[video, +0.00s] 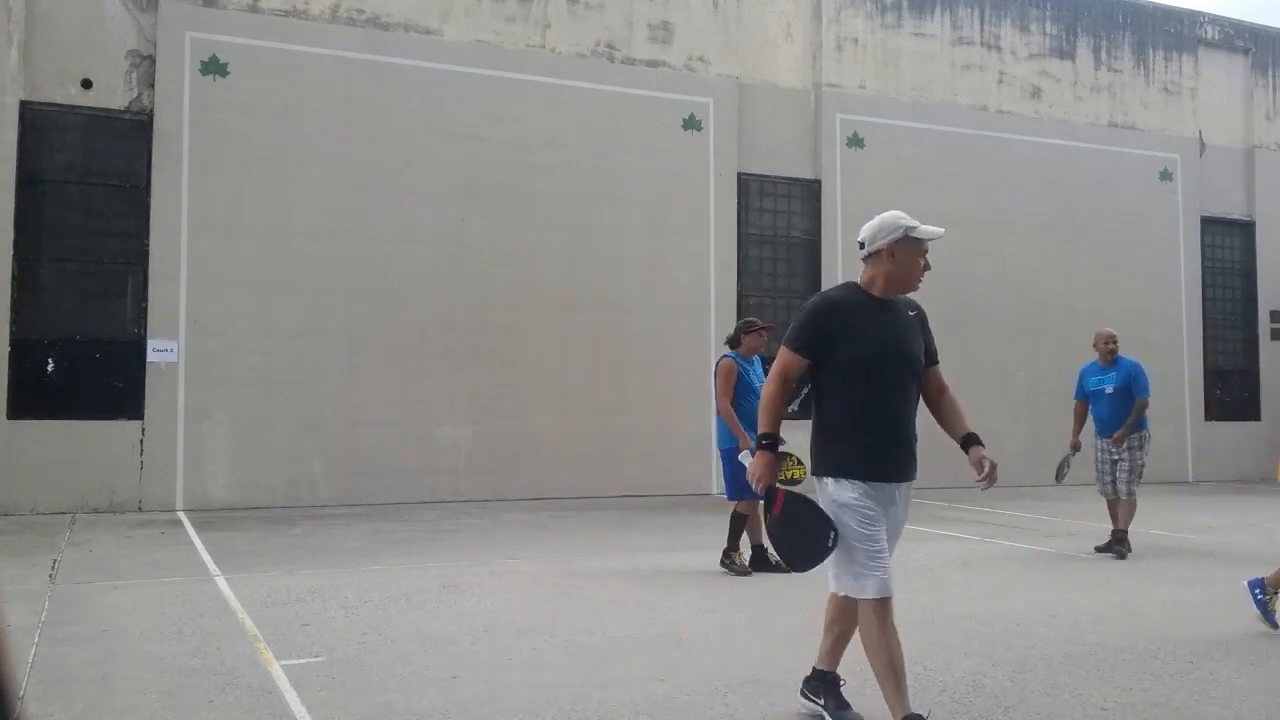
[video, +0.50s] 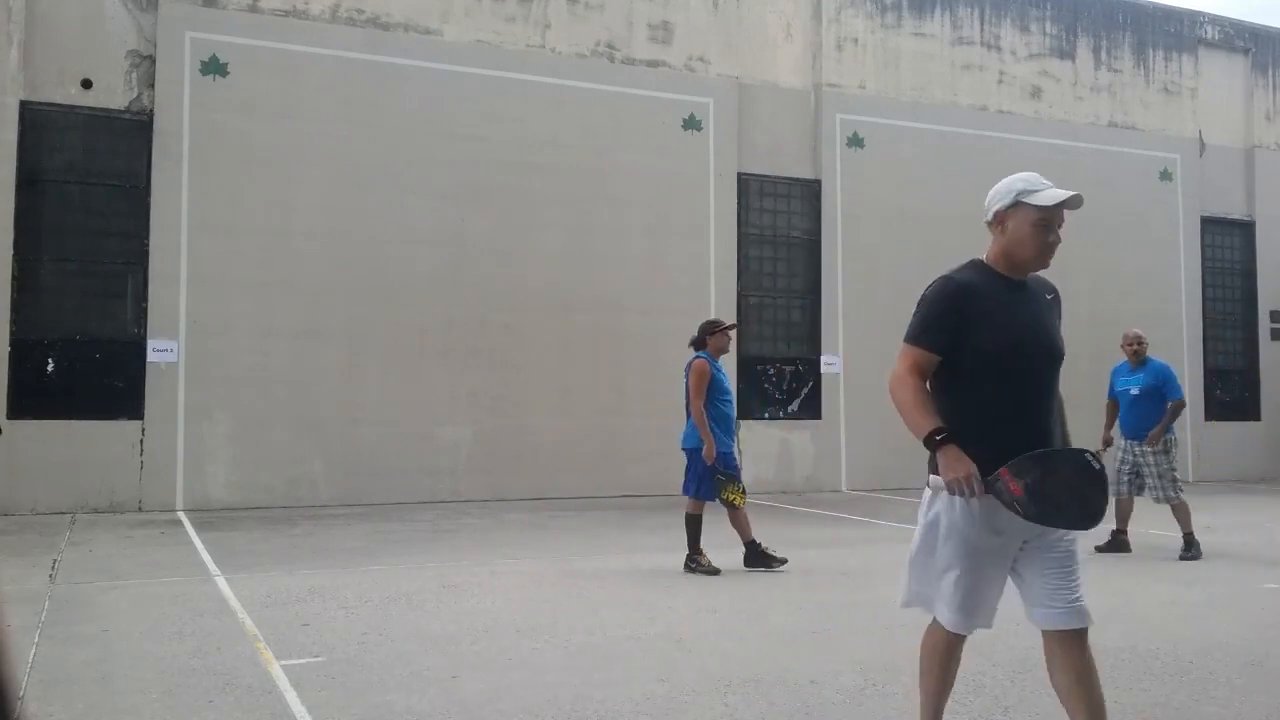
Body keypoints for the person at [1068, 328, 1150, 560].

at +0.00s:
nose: (1112, 346)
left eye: (1114, 342)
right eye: (1106, 343)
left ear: (1119, 345)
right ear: (1096, 347)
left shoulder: (1132, 369)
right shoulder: (1087, 372)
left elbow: (1142, 403)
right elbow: (1081, 405)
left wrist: (1125, 431)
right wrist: (1075, 436)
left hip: (1131, 437)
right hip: (1103, 438)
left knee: (1126, 486)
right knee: (1108, 488)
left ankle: (1121, 537)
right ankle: (1117, 535)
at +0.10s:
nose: (1112, 346)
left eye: (1115, 342)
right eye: (1107, 343)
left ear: (1120, 344)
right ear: (1097, 346)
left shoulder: (1134, 367)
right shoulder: (1091, 372)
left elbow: (1145, 401)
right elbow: (1086, 404)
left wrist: (1125, 429)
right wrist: (1081, 435)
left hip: (1134, 437)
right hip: (1106, 438)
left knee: (1133, 488)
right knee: (1111, 488)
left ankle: (1134, 538)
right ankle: (1118, 536)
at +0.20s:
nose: (1116, 346)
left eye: (1119, 341)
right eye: (1110, 343)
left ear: (1124, 344)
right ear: (1100, 346)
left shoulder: (1137, 367)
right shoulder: (1096, 372)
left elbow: (1148, 401)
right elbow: (1091, 404)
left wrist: (1129, 431)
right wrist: (1086, 434)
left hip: (1137, 437)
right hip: (1109, 439)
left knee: (1142, 488)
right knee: (1112, 488)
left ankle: (1154, 538)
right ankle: (1119, 537)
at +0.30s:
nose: (1120, 345)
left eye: (1124, 341)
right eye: (1115, 342)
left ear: (1129, 344)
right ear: (1106, 346)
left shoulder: (1142, 367)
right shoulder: (1102, 371)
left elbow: (1153, 401)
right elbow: (1098, 404)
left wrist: (1139, 431)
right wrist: (1092, 433)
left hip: (1141, 439)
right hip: (1113, 440)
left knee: (1152, 489)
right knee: (1115, 487)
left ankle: (1172, 538)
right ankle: (1119, 537)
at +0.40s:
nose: (1128, 346)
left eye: (1131, 342)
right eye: (1123, 343)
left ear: (1137, 344)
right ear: (1114, 347)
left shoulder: (1150, 368)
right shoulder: (1109, 372)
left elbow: (1163, 402)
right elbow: (1104, 404)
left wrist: (1149, 431)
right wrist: (1099, 433)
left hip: (1147, 441)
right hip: (1119, 441)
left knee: (1163, 490)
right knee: (1117, 488)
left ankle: (1185, 538)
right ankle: (1119, 537)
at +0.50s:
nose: (1136, 348)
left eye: (1140, 344)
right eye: (1130, 344)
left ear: (1146, 346)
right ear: (1123, 348)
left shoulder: (1160, 370)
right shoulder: (1117, 373)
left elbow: (1179, 402)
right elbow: (1113, 402)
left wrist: (1160, 430)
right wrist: (1107, 430)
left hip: (1157, 442)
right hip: (1128, 443)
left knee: (1170, 492)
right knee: (1122, 488)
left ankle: (1190, 542)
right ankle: (1120, 537)